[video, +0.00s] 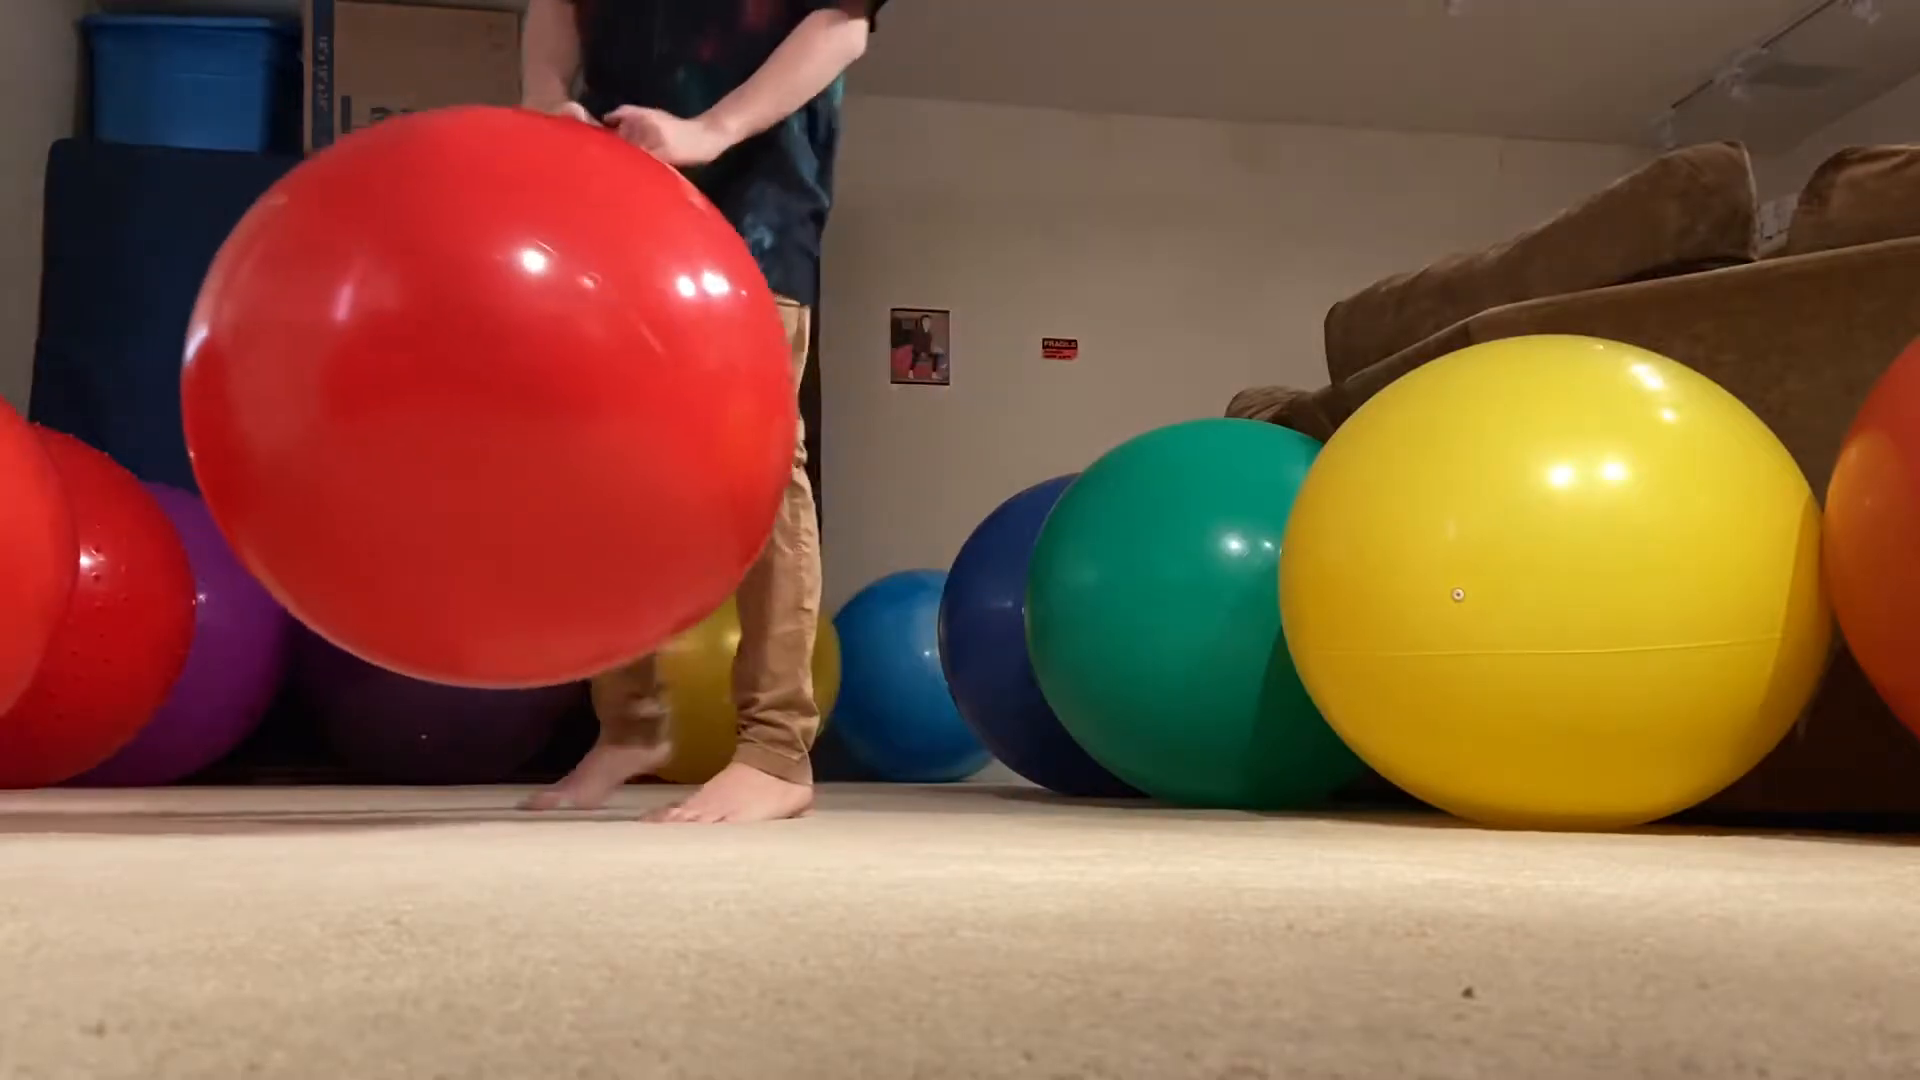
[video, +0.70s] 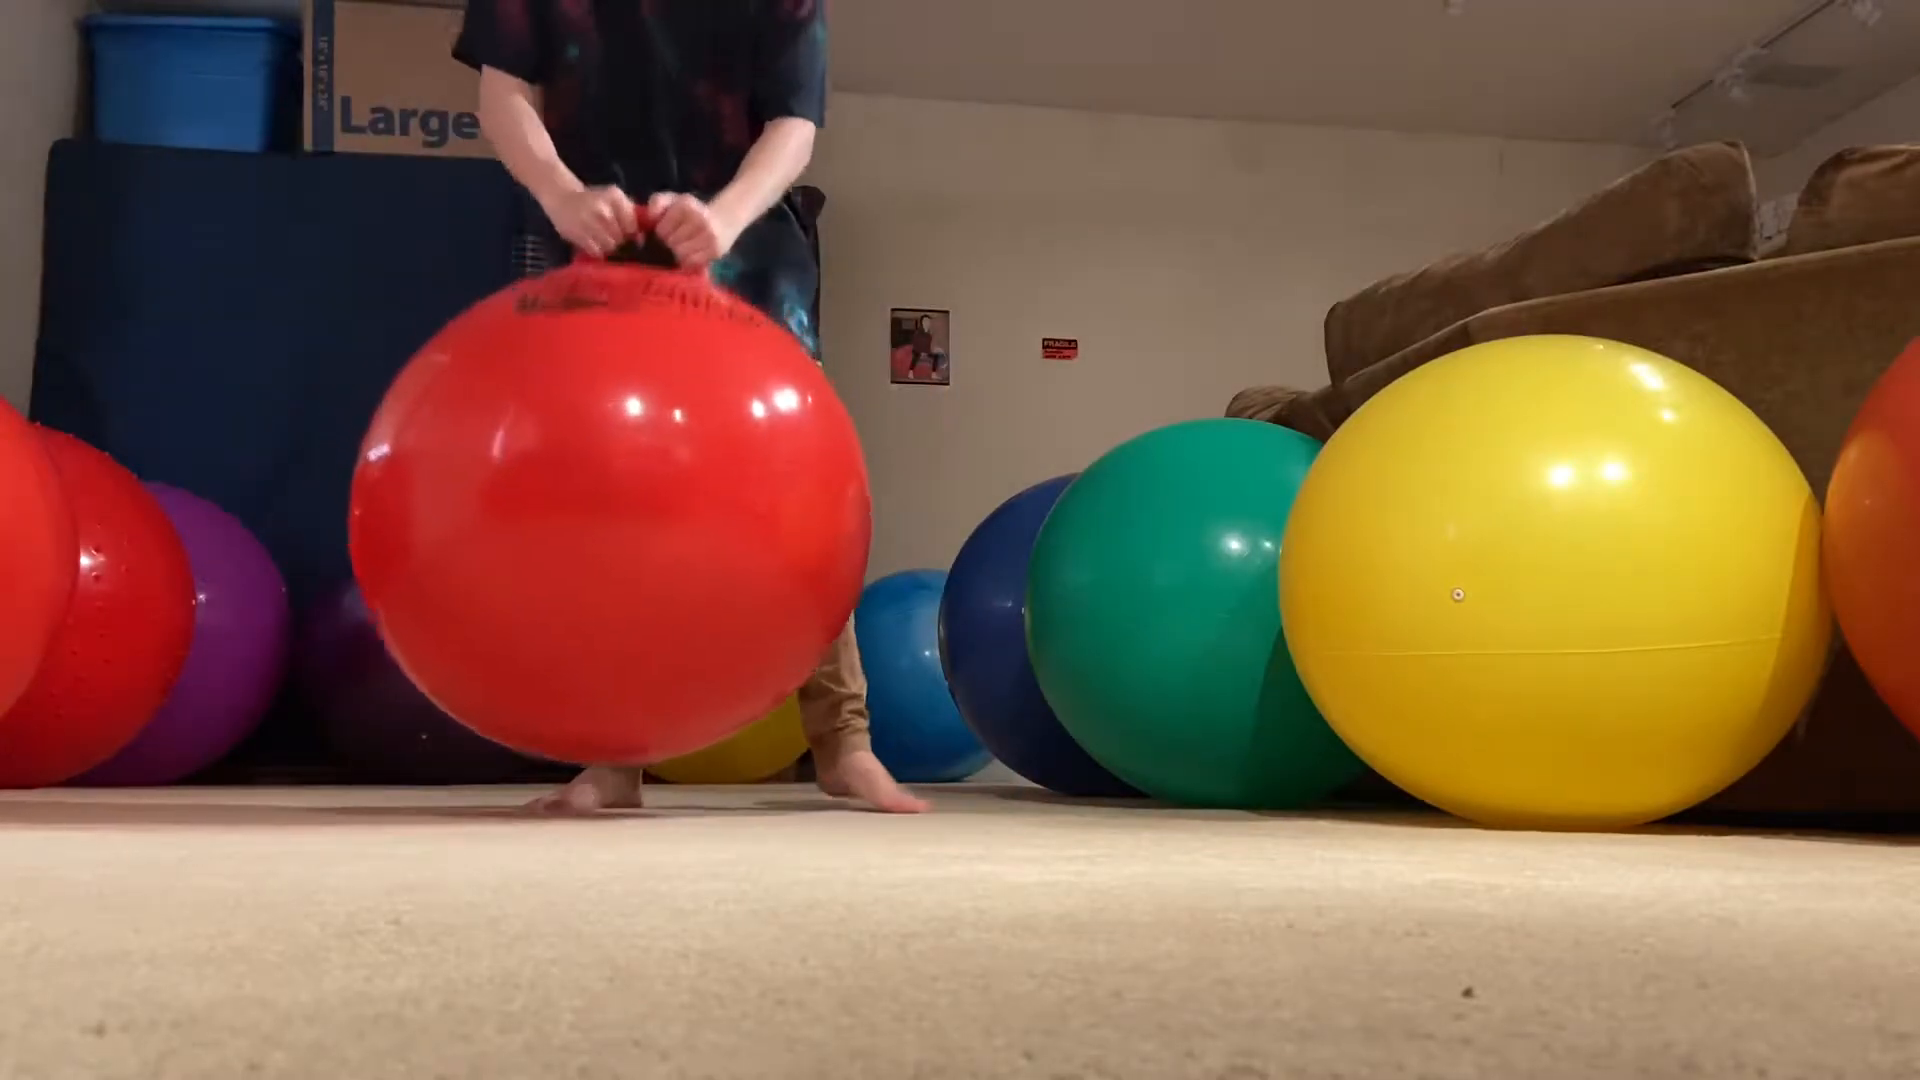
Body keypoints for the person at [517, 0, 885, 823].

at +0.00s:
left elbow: (845, 22)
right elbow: (553, 3)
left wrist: (710, 129)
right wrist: (548, 99)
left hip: (755, 204)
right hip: (613, 196)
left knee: (764, 464)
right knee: (607, 451)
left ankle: (776, 752)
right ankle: (631, 726)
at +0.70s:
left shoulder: (785, 6)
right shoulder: (528, 3)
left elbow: (795, 123)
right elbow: (502, 94)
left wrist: (722, 216)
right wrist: (564, 195)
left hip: (750, 257)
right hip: (596, 256)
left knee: (794, 483)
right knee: (597, 491)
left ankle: (844, 742)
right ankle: (612, 762)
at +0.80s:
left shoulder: (807, 10)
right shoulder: (564, 7)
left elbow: (802, 176)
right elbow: (541, 152)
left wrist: (727, 302)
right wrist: (581, 289)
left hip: (771, 280)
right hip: (620, 276)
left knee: (803, 522)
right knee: (622, 514)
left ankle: (841, 759)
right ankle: (630, 755)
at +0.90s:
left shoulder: (832, 18)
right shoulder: (602, 7)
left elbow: (801, 209)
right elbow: (582, 177)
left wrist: (734, 351)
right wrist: (596, 339)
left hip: (786, 274)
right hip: (650, 272)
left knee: (814, 520)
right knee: (645, 516)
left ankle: (846, 763)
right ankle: (653, 760)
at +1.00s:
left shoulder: (852, 11)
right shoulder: (614, 4)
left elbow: (801, 194)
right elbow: (599, 165)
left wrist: (742, 338)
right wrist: (610, 323)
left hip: (796, 262)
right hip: (649, 251)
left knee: (833, 517)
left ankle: (852, 767)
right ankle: (521, 740)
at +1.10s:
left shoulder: (827, 13)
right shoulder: (605, 5)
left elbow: (797, 138)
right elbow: (603, 121)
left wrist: (753, 290)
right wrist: (618, 273)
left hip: (795, 242)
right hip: (634, 225)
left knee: (880, 448)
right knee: (459, 320)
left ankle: (882, 720)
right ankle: (391, 620)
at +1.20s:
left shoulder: (809, 6)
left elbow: (796, 126)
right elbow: (582, 100)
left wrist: (754, 280)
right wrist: (616, 255)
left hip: (769, 239)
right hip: (610, 219)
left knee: (937, 363)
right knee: (422, 242)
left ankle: (926, 657)